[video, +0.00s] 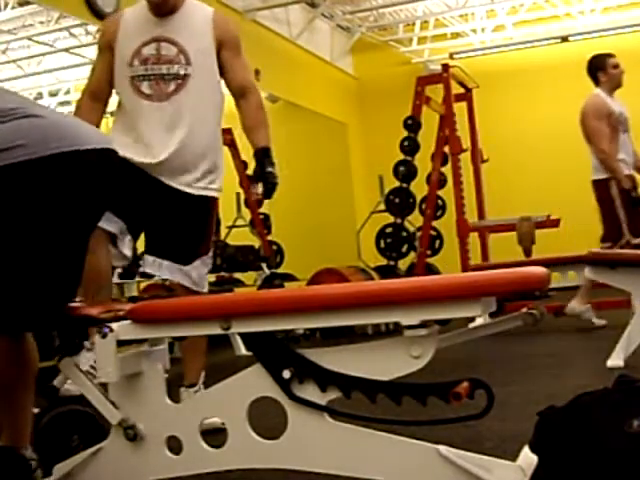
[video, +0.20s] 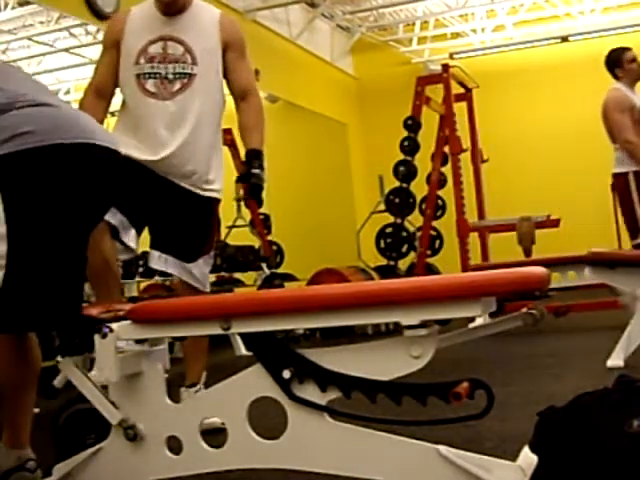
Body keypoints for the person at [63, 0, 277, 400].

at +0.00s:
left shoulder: (217, 26)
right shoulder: (117, 28)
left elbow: (246, 93)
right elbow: (93, 98)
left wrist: (264, 155)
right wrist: (71, 154)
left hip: (192, 181)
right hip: (124, 173)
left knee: (189, 293)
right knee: (94, 236)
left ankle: (194, 391)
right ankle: (90, 350)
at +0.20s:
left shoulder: (223, 27)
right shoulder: (124, 24)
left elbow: (247, 96)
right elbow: (98, 93)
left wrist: (255, 162)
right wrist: (75, 149)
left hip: (194, 180)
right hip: (128, 168)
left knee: (192, 293)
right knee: (89, 224)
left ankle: (195, 390)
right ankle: (117, 333)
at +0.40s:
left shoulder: (225, 29)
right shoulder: (123, 24)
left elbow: (247, 98)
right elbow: (95, 92)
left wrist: (255, 162)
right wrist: (73, 152)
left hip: (193, 185)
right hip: (126, 175)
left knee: (191, 297)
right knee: (96, 257)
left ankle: (195, 391)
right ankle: (121, 356)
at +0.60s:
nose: (180, 2)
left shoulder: (216, 33)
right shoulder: (113, 20)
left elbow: (237, 102)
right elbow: (87, 90)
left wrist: (254, 158)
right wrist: (92, 151)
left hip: (194, 190)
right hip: (129, 190)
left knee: (200, 306)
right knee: (133, 309)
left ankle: (197, 397)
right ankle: (138, 404)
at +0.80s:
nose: (195, 22)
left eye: (203, 15)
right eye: (191, 11)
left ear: (210, 11)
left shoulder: (212, 40)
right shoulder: (115, 29)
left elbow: (226, 108)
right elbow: (93, 108)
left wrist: (242, 166)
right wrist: (116, 185)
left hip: (195, 189)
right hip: (130, 194)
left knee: (223, 286)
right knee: (132, 308)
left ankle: (232, 388)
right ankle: (138, 401)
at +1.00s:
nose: (227, 61)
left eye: (236, 54)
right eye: (224, 49)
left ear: (248, 47)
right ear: (207, 23)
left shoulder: (245, 72)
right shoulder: (151, 54)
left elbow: (247, 135)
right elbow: (128, 138)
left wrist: (241, 196)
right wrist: (133, 222)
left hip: (205, 203)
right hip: (145, 203)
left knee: (229, 312)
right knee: (137, 323)